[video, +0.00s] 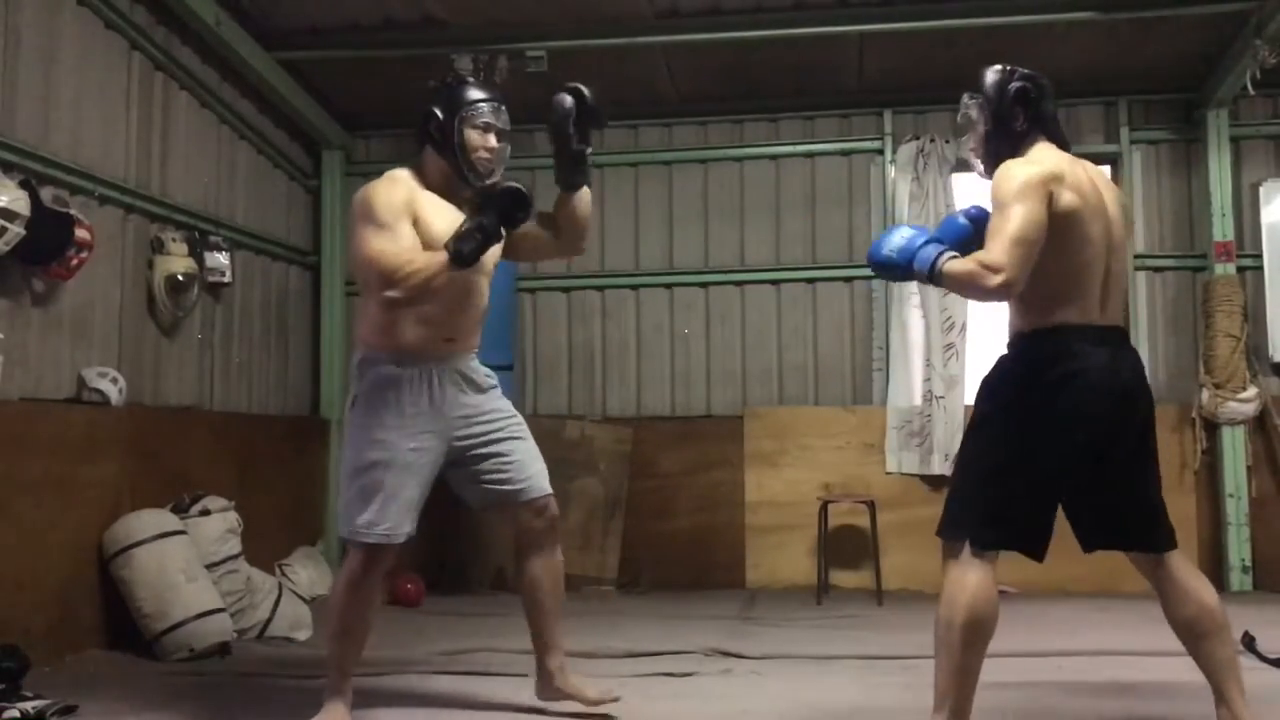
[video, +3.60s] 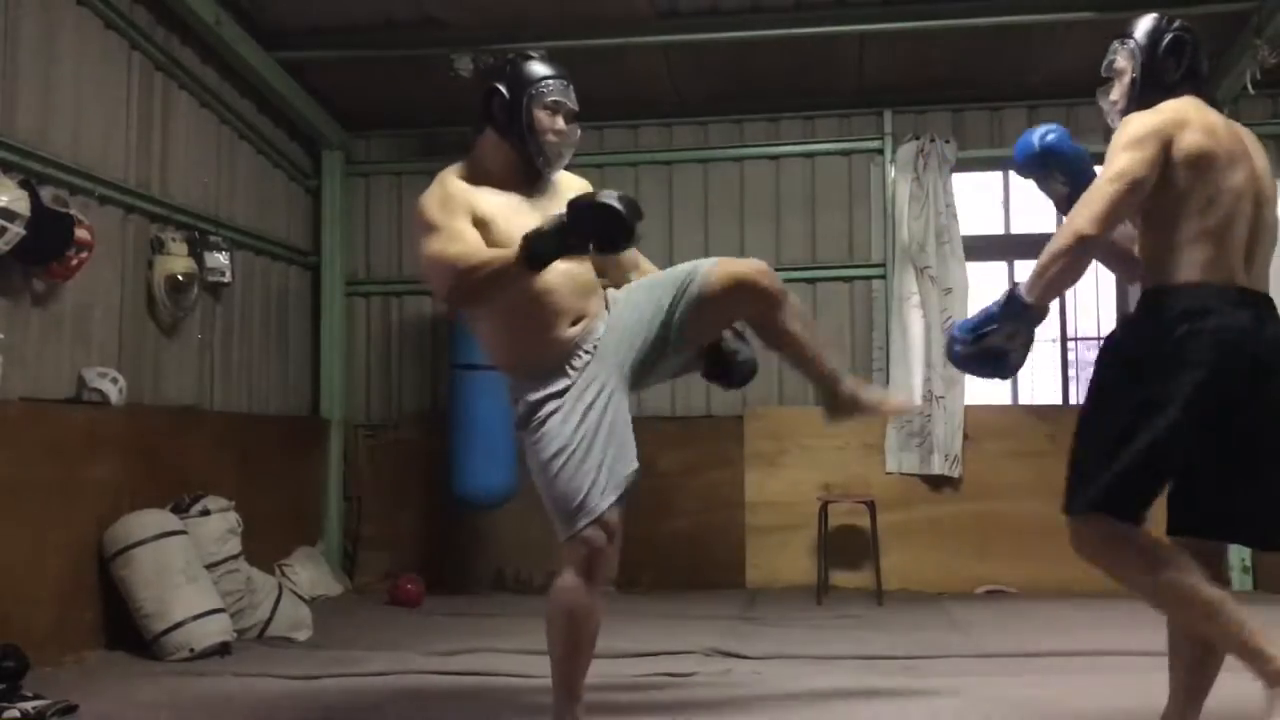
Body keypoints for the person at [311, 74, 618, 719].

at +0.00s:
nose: (495, 145)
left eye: (500, 134)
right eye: (482, 131)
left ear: (504, 142)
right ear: (441, 133)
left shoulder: (489, 214)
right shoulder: (387, 194)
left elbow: (568, 239)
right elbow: (391, 278)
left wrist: (574, 158)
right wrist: (470, 240)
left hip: (469, 382)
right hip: (395, 386)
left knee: (539, 513)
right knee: (373, 547)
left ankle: (552, 672)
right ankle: (337, 696)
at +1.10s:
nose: (577, 141)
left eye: (584, 129)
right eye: (564, 125)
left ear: (587, 136)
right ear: (519, 124)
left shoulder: (555, 213)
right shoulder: (461, 193)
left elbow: (627, 287)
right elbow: (434, 286)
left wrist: (654, 218)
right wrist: (524, 262)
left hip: (561, 381)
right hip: (485, 388)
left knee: (621, 525)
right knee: (474, 552)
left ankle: (630, 690)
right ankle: (425, 703)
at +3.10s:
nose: (604, 119)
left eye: (608, 107)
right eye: (590, 102)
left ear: (602, 115)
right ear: (544, 103)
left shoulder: (584, 188)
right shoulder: (481, 174)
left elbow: (660, 246)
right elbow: (435, 267)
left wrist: (687, 174)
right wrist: (537, 247)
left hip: (585, 382)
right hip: (508, 389)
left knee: (635, 536)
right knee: (477, 566)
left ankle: (644, 705)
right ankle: (409, 706)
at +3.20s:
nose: (582, 105)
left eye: (587, 93)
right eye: (568, 90)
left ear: (587, 103)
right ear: (522, 93)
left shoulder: (588, 174)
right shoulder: (469, 171)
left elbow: (667, 219)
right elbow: (424, 267)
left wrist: (736, 175)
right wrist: (518, 240)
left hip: (603, 370)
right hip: (527, 382)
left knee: (662, 518)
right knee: (566, 537)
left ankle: (653, 692)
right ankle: (502, 689)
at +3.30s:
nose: (554, 123)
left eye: (559, 110)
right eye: (539, 108)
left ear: (563, 118)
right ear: (494, 107)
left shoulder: (572, 191)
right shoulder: (442, 186)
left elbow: (648, 263)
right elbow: (439, 255)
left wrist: (730, 318)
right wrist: (525, 195)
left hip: (615, 346)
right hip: (545, 389)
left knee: (762, 417)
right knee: (586, 553)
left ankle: (749, 552)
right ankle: (559, 711)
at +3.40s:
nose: (553, 134)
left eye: (556, 121)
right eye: (540, 120)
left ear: (556, 127)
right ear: (496, 119)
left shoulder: (568, 194)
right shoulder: (436, 191)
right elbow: (460, 236)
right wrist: (541, 174)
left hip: (626, 323)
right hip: (565, 391)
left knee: (768, 290)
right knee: (591, 558)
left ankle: (922, 329)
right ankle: (564, 710)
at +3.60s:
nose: (568, 129)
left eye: (572, 116)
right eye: (553, 112)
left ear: (572, 122)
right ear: (504, 112)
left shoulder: (568, 187)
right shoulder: (448, 196)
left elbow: (637, 275)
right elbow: (457, 288)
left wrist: (706, 345)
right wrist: (551, 242)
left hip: (615, 326)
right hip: (557, 390)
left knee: (751, 281)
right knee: (593, 550)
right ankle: (566, 710)